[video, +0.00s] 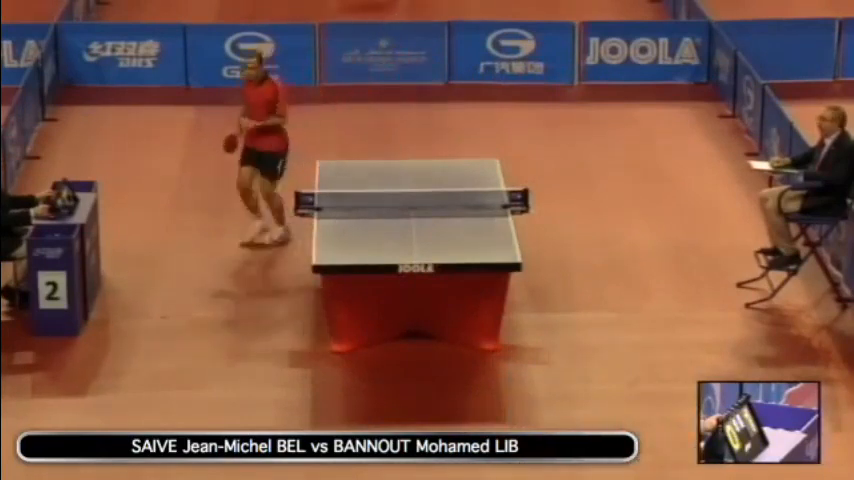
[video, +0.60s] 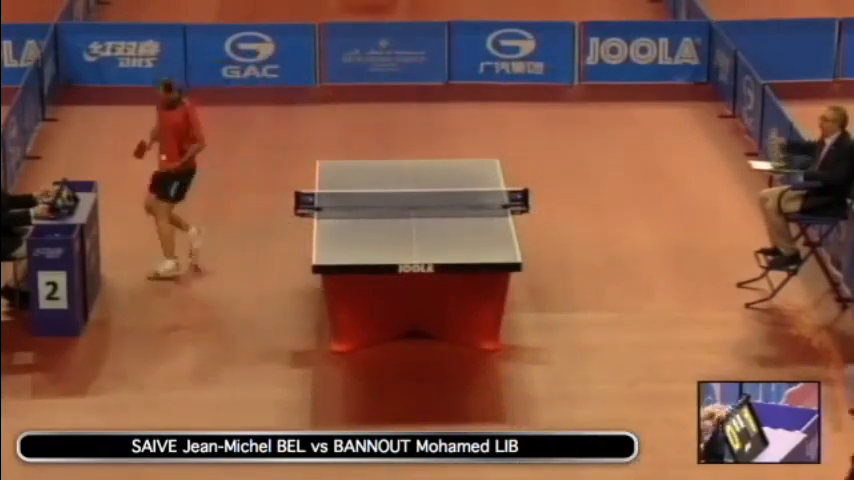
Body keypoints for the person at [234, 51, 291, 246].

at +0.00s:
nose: (249, 72)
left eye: (253, 68)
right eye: (247, 68)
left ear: (262, 69)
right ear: (246, 70)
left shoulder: (276, 88)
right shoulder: (249, 87)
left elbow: (281, 119)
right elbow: (246, 112)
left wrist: (255, 124)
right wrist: (239, 130)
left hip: (273, 145)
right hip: (253, 143)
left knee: (267, 189)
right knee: (243, 184)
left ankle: (282, 228)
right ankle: (260, 222)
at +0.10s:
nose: (237, 73)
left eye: (240, 69)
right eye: (235, 69)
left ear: (250, 68)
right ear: (234, 70)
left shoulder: (265, 86)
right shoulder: (238, 86)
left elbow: (269, 117)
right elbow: (238, 115)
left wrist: (241, 123)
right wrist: (228, 135)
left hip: (263, 146)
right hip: (242, 146)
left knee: (261, 190)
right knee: (237, 188)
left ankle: (283, 226)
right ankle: (239, 237)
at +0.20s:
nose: (216, 84)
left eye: (219, 80)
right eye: (215, 81)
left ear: (230, 77)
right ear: (215, 81)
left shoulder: (245, 94)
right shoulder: (219, 96)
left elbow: (256, 122)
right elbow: (217, 120)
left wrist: (229, 137)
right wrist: (208, 138)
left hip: (246, 155)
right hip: (225, 156)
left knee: (243, 203)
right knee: (225, 203)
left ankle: (273, 225)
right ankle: (237, 246)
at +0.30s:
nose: (204, 89)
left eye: (207, 85)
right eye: (202, 86)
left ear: (218, 81)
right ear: (202, 85)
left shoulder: (234, 99)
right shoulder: (205, 100)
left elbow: (247, 127)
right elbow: (204, 126)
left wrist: (226, 145)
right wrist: (191, 144)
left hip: (233, 160)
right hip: (214, 161)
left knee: (223, 205)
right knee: (214, 206)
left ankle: (250, 234)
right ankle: (235, 244)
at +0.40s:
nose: (188, 90)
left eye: (191, 85)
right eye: (186, 86)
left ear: (201, 82)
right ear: (184, 85)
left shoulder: (217, 99)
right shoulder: (188, 102)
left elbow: (232, 128)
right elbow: (187, 126)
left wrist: (213, 148)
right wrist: (173, 141)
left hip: (214, 161)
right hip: (197, 162)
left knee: (201, 207)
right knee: (209, 209)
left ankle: (201, 255)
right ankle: (235, 243)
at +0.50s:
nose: (178, 90)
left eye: (180, 86)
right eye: (176, 86)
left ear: (190, 83)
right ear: (176, 85)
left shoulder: (205, 102)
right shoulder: (177, 103)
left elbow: (221, 132)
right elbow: (174, 127)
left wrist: (203, 155)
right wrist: (162, 141)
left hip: (202, 162)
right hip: (184, 162)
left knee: (187, 205)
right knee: (192, 210)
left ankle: (178, 256)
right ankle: (224, 237)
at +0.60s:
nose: (162, 100)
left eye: (166, 97)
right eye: (161, 96)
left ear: (176, 95)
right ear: (162, 95)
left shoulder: (188, 111)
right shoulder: (163, 109)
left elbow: (200, 142)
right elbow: (160, 130)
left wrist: (181, 161)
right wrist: (147, 144)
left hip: (181, 169)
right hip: (165, 167)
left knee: (162, 210)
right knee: (151, 205)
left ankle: (170, 261)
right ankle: (191, 230)